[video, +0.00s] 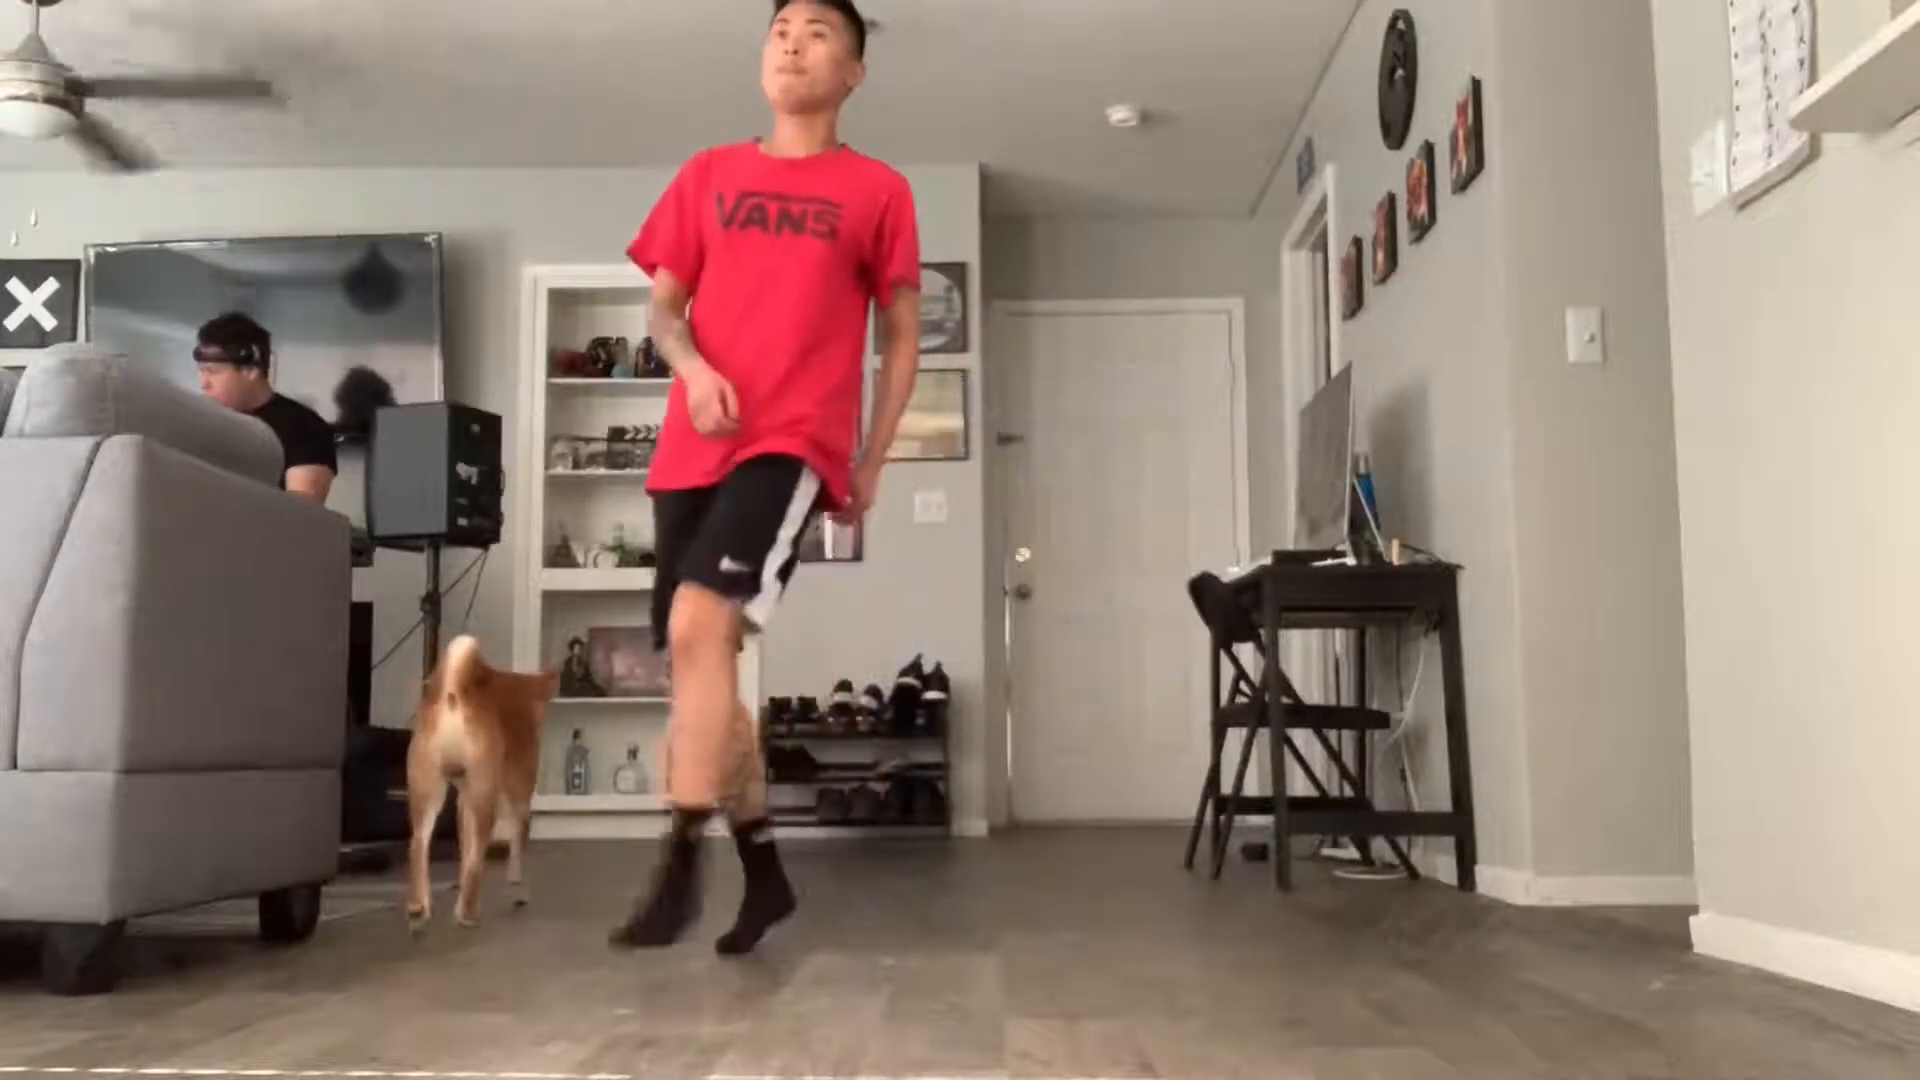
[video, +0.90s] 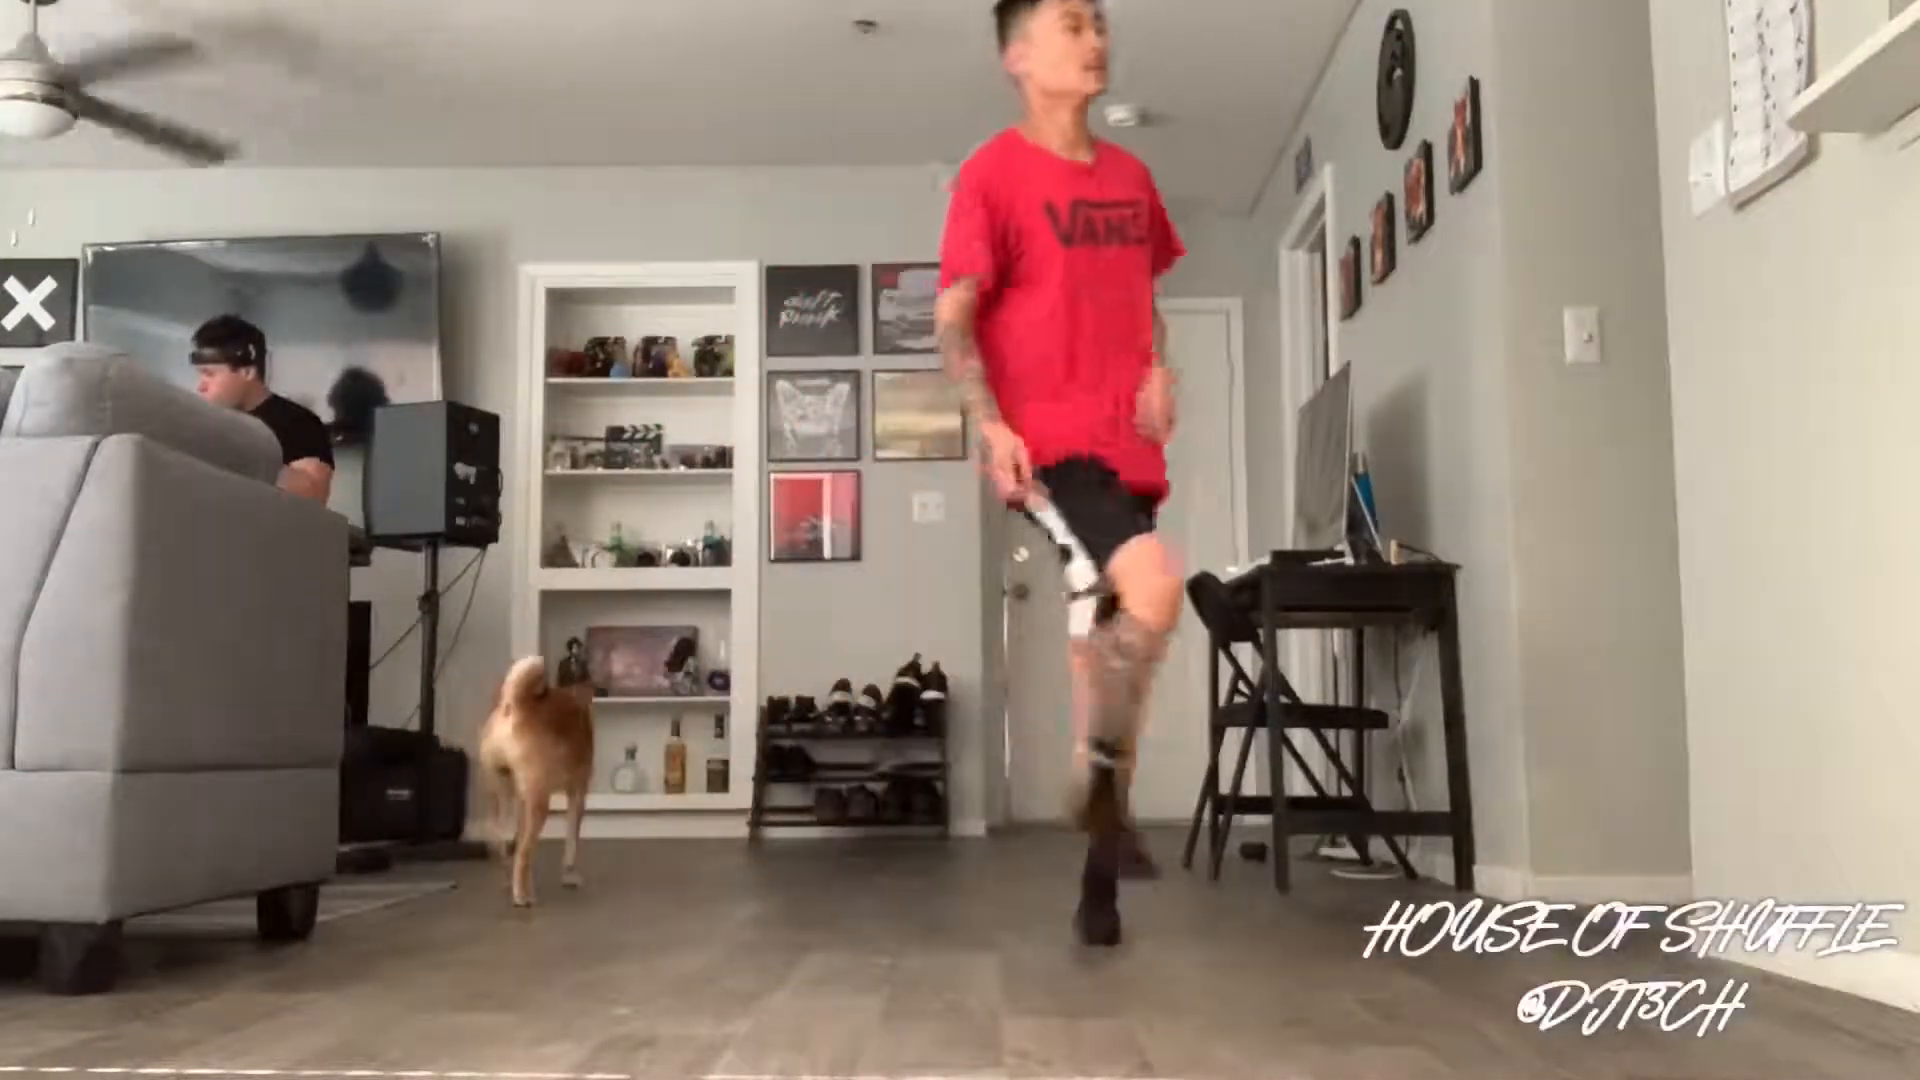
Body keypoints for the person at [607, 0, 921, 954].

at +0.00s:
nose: (789, 48)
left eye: (814, 37)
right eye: (779, 35)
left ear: (853, 73)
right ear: (760, 63)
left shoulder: (879, 191)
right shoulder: (708, 174)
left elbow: (902, 338)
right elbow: (662, 308)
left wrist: (871, 460)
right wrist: (691, 367)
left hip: (793, 437)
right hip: (693, 435)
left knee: (699, 621)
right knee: (694, 651)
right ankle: (765, 871)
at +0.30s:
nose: (827, 43)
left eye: (847, 34)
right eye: (808, 31)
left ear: (873, 74)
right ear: (776, 64)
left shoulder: (906, 186)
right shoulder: (725, 178)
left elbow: (927, 323)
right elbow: (677, 319)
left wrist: (895, 341)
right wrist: (699, 373)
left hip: (851, 437)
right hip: (750, 446)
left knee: (813, 583)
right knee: (730, 664)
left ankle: (810, 811)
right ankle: (753, 893)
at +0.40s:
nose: (861, 35)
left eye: (877, 22)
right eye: (838, 21)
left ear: (894, 53)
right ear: (798, 49)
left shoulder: (927, 173)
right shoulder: (750, 179)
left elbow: (949, 317)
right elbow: (724, 314)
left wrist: (918, 274)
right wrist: (738, 390)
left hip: (897, 435)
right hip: (789, 450)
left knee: (905, 572)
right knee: (765, 665)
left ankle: (920, 765)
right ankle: (757, 895)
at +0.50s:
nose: (903, 29)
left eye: (914, 16)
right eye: (879, 15)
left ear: (930, 42)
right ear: (833, 43)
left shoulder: (968, 163)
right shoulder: (798, 172)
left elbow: (997, 299)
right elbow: (773, 324)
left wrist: (952, 250)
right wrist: (786, 409)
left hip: (951, 434)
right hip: (842, 448)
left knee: (969, 617)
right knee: (830, 666)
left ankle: (995, 833)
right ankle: (812, 867)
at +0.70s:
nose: (992, 39)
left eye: (999, 26)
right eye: (967, 25)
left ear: (1010, 54)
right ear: (916, 56)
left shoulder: (1055, 165)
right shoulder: (890, 177)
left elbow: (1088, 297)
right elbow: (862, 328)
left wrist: (1061, 288)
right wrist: (885, 424)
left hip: (1058, 446)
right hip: (953, 455)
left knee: (1056, 648)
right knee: (938, 646)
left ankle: (1073, 884)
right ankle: (863, 828)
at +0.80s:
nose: (1051, 65)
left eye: (1055, 51)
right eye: (1027, 53)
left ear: (1065, 79)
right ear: (976, 87)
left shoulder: (1104, 199)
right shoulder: (948, 203)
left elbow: (1135, 320)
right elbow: (902, 349)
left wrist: (1115, 342)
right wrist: (955, 427)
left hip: (1102, 460)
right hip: (1002, 456)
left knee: (1085, 673)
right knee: (1063, 593)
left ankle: (1098, 887)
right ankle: (963, 731)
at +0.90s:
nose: (1095, 43)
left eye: (1097, 29)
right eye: (1072, 28)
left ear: (1102, 55)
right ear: (1018, 59)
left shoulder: (1128, 172)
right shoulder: (990, 174)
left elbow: (1141, 296)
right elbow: (953, 319)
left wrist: (1157, 367)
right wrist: (987, 424)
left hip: (1130, 438)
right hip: (1044, 441)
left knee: (1105, 653)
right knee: (1154, 593)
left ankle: (1102, 864)